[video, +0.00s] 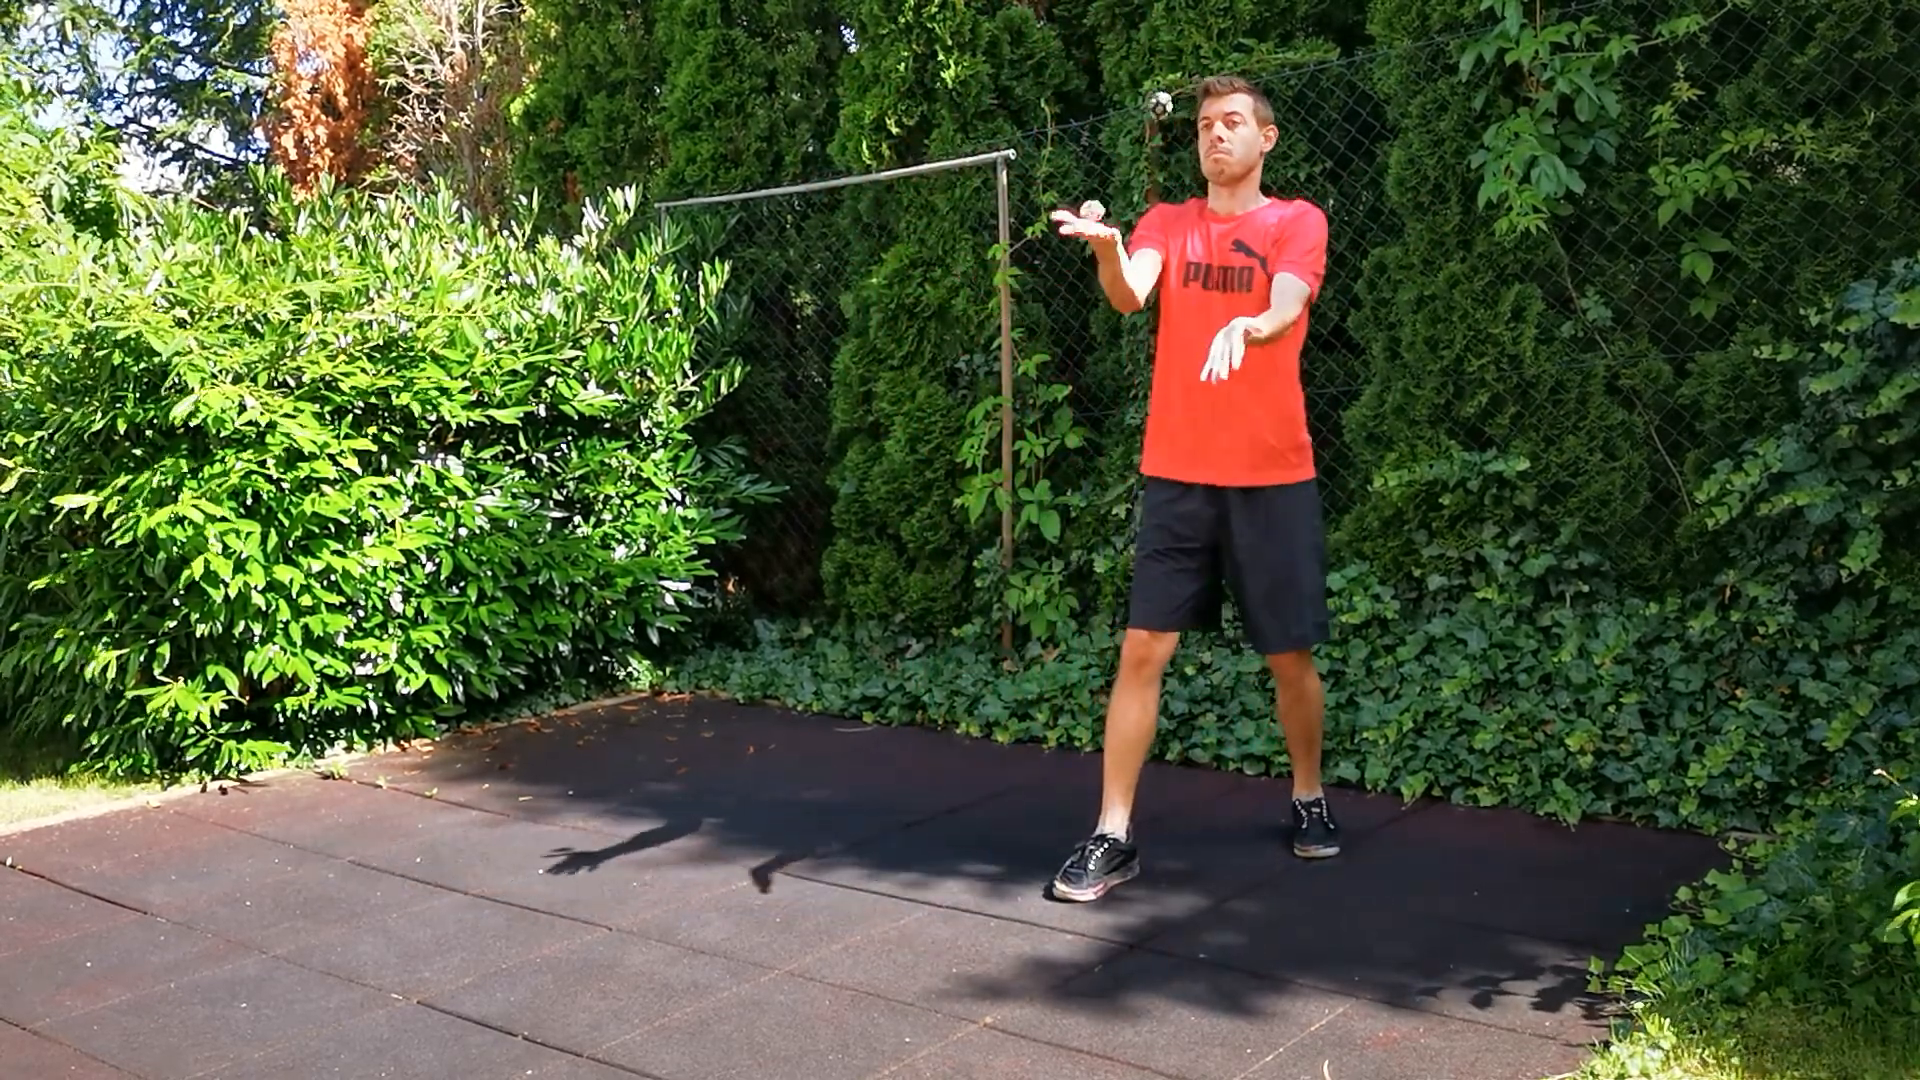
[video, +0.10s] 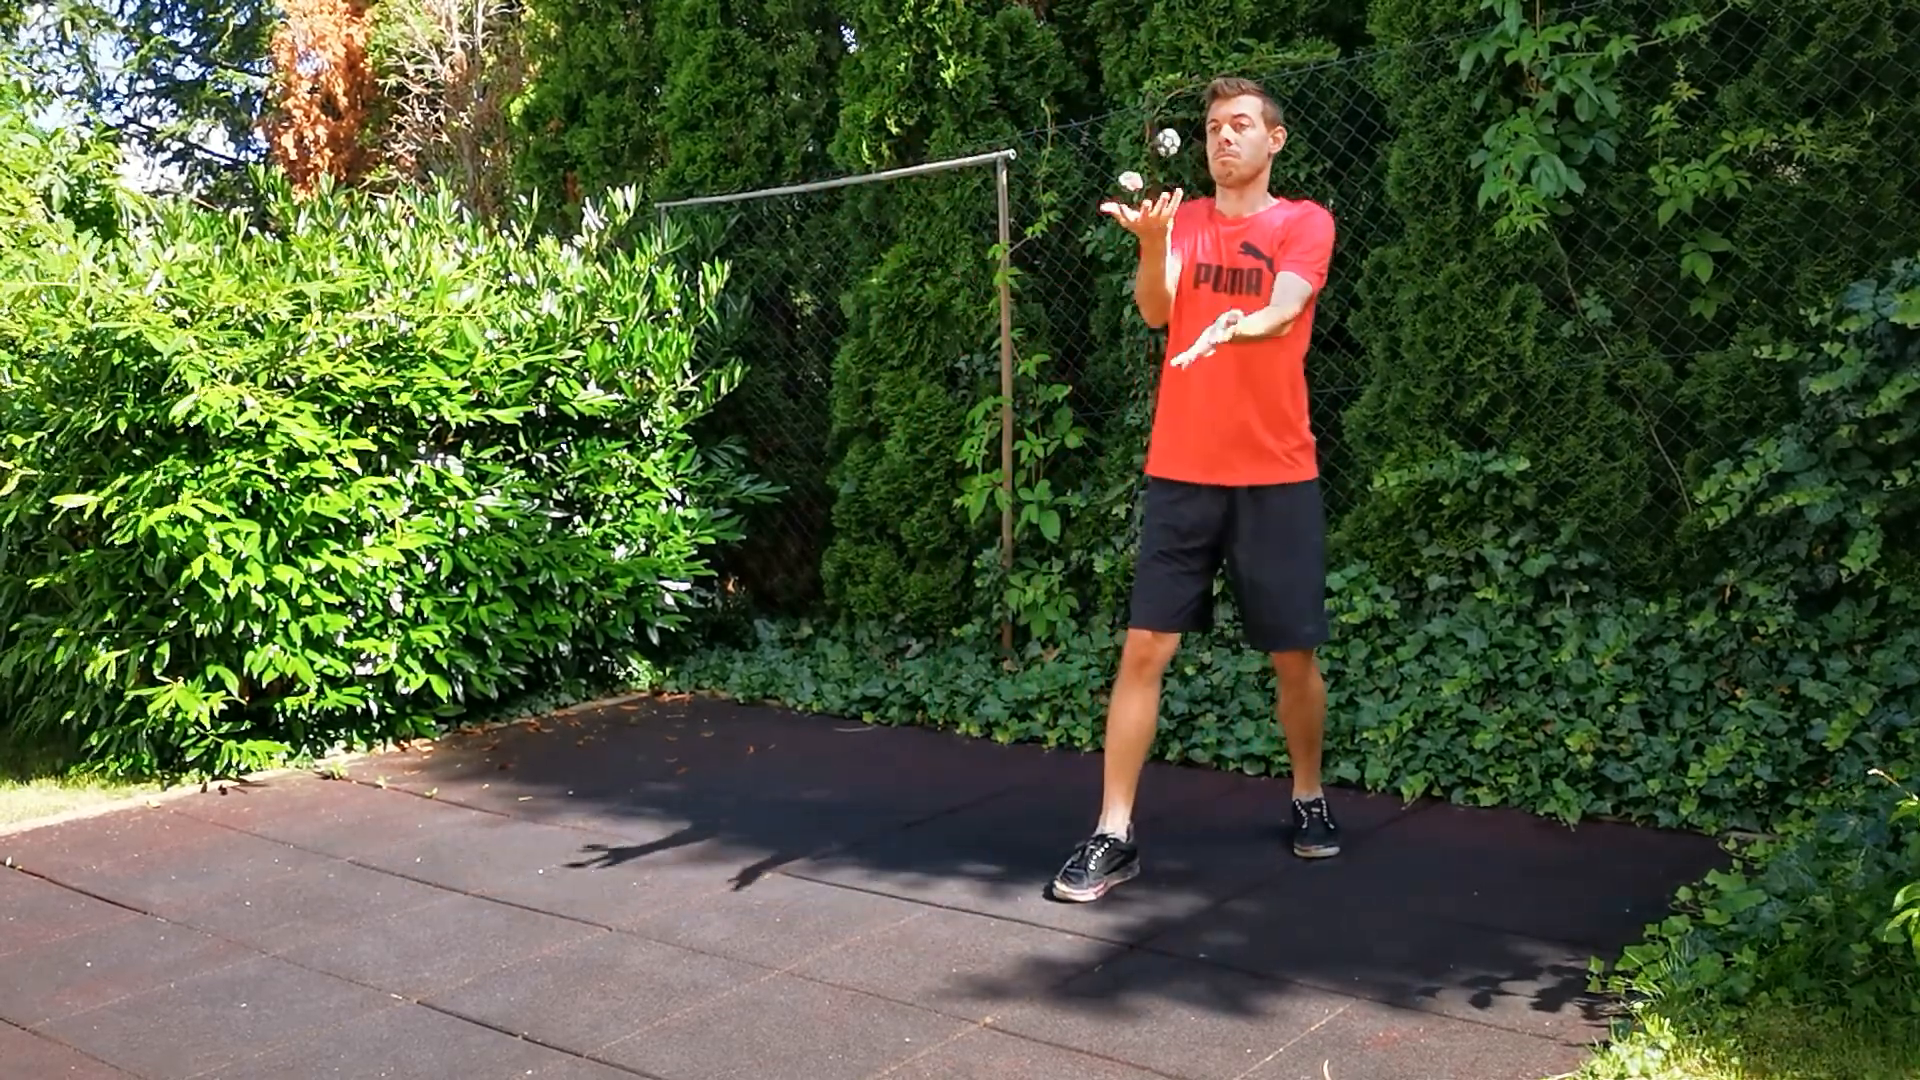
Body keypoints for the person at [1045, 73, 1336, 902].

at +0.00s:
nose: (1219, 134)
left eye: (1234, 121)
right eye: (1209, 125)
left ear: (1268, 138)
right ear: (1195, 146)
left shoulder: (1300, 221)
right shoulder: (1164, 221)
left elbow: (1289, 301)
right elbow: (1127, 298)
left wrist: (1250, 327)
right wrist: (1107, 246)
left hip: (1272, 475)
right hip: (1176, 471)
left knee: (1289, 652)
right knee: (1142, 648)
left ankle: (1309, 800)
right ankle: (1110, 833)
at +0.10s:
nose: (1227, 136)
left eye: (1241, 124)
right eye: (1217, 128)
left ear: (1276, 140)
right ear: (1204, 148)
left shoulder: (1306, 222)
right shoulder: (1180, 220)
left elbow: (1290, 291)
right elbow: (1155, 314)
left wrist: (1258, 317)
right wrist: (1153, 243)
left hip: (1276, 471)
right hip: (1180, 467)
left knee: (1293, 652)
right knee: (1144, 648)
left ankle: (1308, 800)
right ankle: (1111, 831)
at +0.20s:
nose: (1229, 143)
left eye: (1244, 130)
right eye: (1220, 134)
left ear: (1281, 142)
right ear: (1209, 150)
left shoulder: (1313, 223)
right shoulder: (1186, 227)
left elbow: (1265, 300)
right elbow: (1178, 337)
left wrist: (1189, 293)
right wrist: (1178, 245)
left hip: (1282, 476)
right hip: (1189, 472)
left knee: (1295, 654)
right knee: (1144, 647)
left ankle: (1309, 802)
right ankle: (1113, 832)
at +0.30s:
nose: (1242, 151)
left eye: (1256, 138)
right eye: (1230, 140)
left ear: (1288, 149)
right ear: (1216, 155)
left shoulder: (1314, 230)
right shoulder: (1189, 233)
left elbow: (1258, 302)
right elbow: (1177, 358)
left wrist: (1193, 310)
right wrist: (1178, 311)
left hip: (1284, 479)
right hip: (1192, 475)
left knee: (1295, 660)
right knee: (1147, 647)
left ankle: (1310, 803)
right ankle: (1114, 833)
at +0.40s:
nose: (1243, 162)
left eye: (1258, 148)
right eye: (1231, 150)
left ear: (1290, 156)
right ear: (1219, 160)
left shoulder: (1316, 246)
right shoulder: (1190, 241)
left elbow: (1290, 367)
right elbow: (1172, 355)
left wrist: (1280, 337)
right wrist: (1144, 372)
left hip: (1282, 492)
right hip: (1192, 483)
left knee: (1291, 672)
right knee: (1144, 650)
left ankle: (1309, 801)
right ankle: (1112, 833)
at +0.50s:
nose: (1255, 170)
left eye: (1268, 156)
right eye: (1242, 157)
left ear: (1296, 159)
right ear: (1224, 163)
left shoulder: (1324, 251)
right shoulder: (1192, 244)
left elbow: (1342, 359)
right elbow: (1157, 358)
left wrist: (1344, 395)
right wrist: (1104, 415)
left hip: (1282, 497)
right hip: (1190, 488)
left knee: (1287, 674)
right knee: (1142, 649)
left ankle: (1309, 800)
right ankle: (1111, 833)